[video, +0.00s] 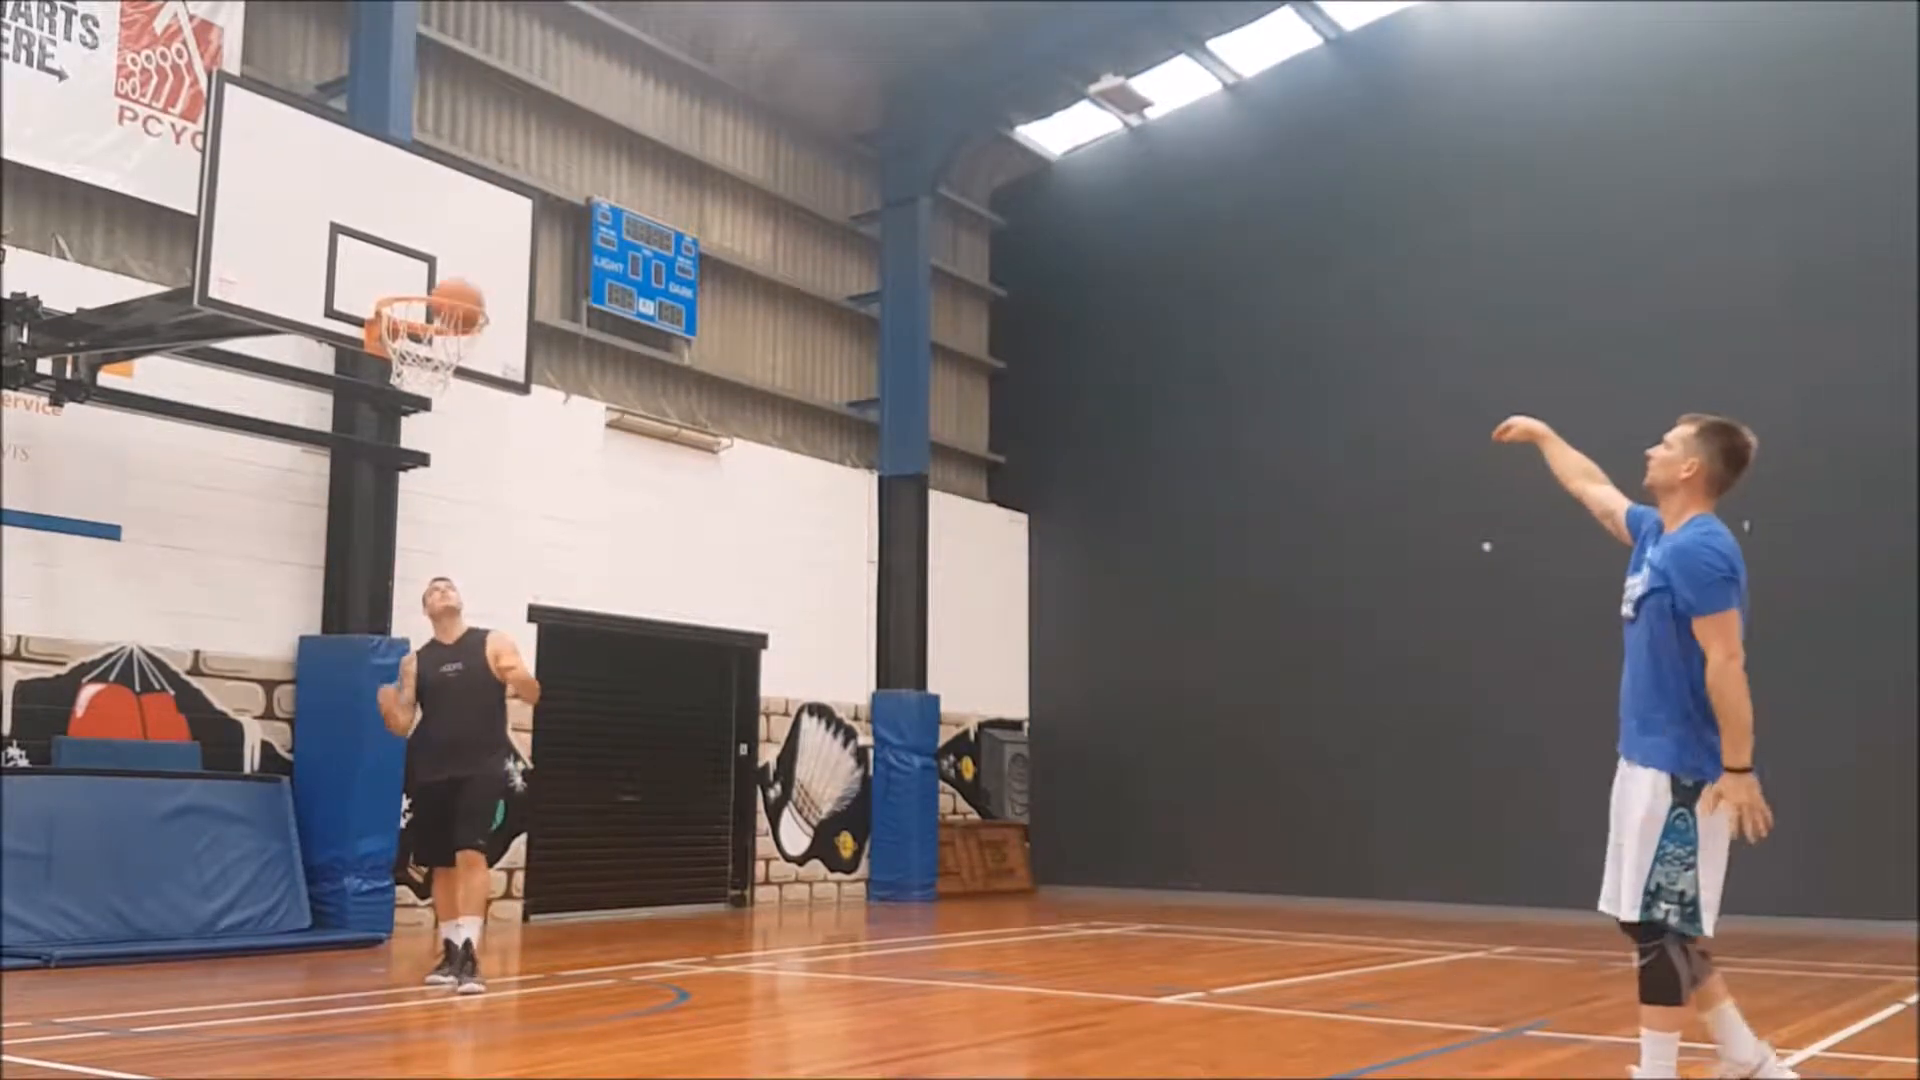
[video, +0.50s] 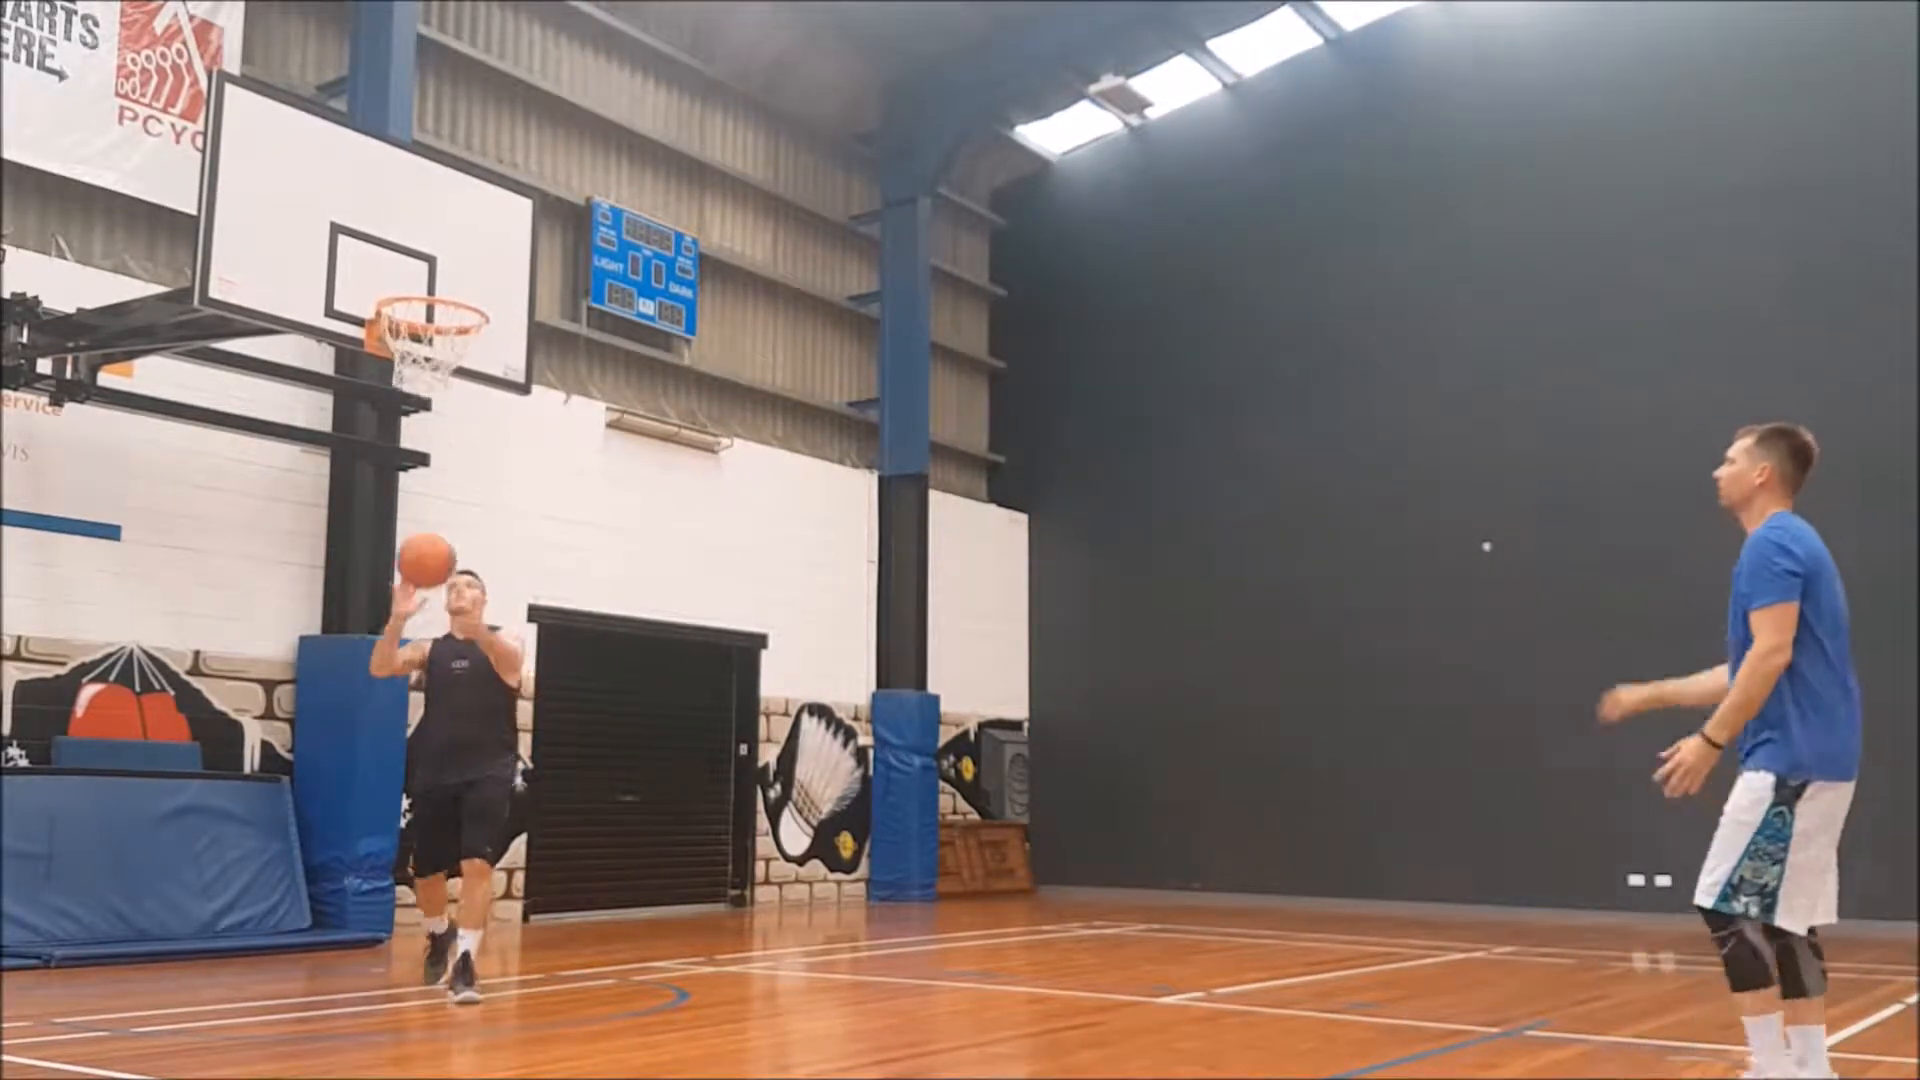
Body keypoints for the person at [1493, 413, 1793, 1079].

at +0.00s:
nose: (1650, 450)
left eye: (1664, 444)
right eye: (1659, 442)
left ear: (1692, 469)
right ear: (1689, 472)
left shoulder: (1698, 546)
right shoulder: (1657, 531)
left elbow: (1727, 660)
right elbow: (1591, 487)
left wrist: (1738, 767)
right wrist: (1540, 432)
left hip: (1682, 771)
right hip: (1647, 763)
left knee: (1657, 924)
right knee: (1644, 918)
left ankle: (1654, 1071)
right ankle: (1748, 1055)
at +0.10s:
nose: (1664, 454)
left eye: (1677, 448)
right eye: (1673, 446)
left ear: (1705, 471)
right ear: (1700, 474)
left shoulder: (1716, 546)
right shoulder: (1668, 535)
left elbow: (1750, 658)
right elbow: (1601, 500)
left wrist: (1758, 766)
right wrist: (1552, 444)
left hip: (1695, 771)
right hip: (1671, 764)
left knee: (1660, 922)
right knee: (1706, 926)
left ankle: (1655, 1071)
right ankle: (1798, 1063)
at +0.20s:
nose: (1678, 457)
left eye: (1692, 450)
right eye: (1686, 448)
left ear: (1721, 473)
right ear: (1718, 477)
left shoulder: (1731, 547)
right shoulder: (1689, 545)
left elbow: (1758, 660)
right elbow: (1615, 535)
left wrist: (1753, 767)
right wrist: (1571, 469)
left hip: (1707, 770)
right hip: (1704, 765)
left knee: (1677, 924)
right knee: (1743, 924)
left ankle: (1657, 1069)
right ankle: (1804, 1065)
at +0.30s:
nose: (1691, 463)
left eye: (1703, 456)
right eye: (1698, 454)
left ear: (1735, 477)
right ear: (1735, 480)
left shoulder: (1743, 550)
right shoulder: (1719, 555)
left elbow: (1760, 661)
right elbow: (1635, 586)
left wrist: (1735, 765)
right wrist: (1594, 517)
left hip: (1739, 775)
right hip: (1752, 773)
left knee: (1695, 924)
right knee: (1761, 927)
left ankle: (1665, 1070)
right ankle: (1806, 1065)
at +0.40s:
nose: (1702, 470)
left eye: (1714, 461)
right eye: (1709, 460)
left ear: (1746, 478)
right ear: (1751, 482)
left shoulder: (1757, 547)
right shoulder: (1752, 553)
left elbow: (1762, 660)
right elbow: (1681, 643)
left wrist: (1714, 757)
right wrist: (1608, 589)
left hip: (1769, 769)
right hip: (1786, 769)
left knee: (1711, 913)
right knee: (1772, 921)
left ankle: (1687, 1070)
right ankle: (1809, 1068)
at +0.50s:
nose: (1717, 472)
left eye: (1728, 461)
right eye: (1722, 461)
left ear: (1762, 474)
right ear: (1767, 478)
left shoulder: (1771, 544)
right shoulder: (1792, 543)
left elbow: (1773, 654)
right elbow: (1744, 670)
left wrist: (1710, 741)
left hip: (1792, 759)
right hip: (1818, 759)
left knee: (1725, 904)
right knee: (1788, 918)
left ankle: (1772, 1066)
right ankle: (1810, 1065)